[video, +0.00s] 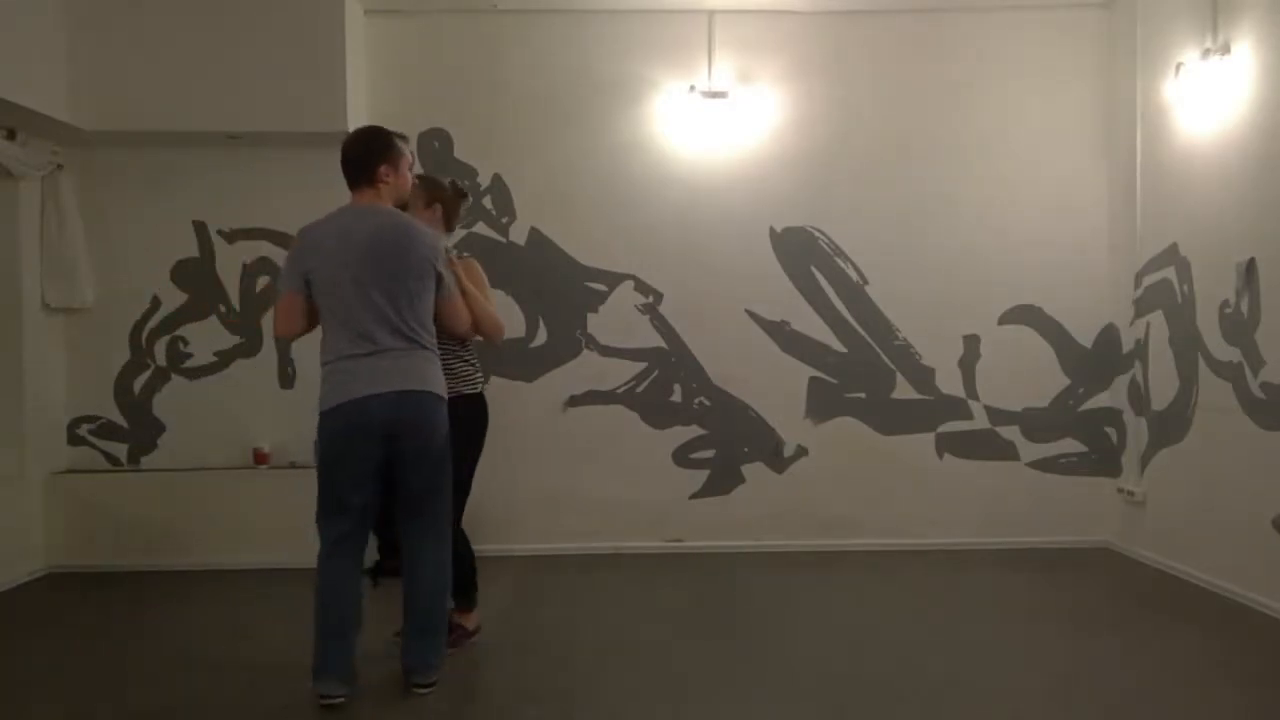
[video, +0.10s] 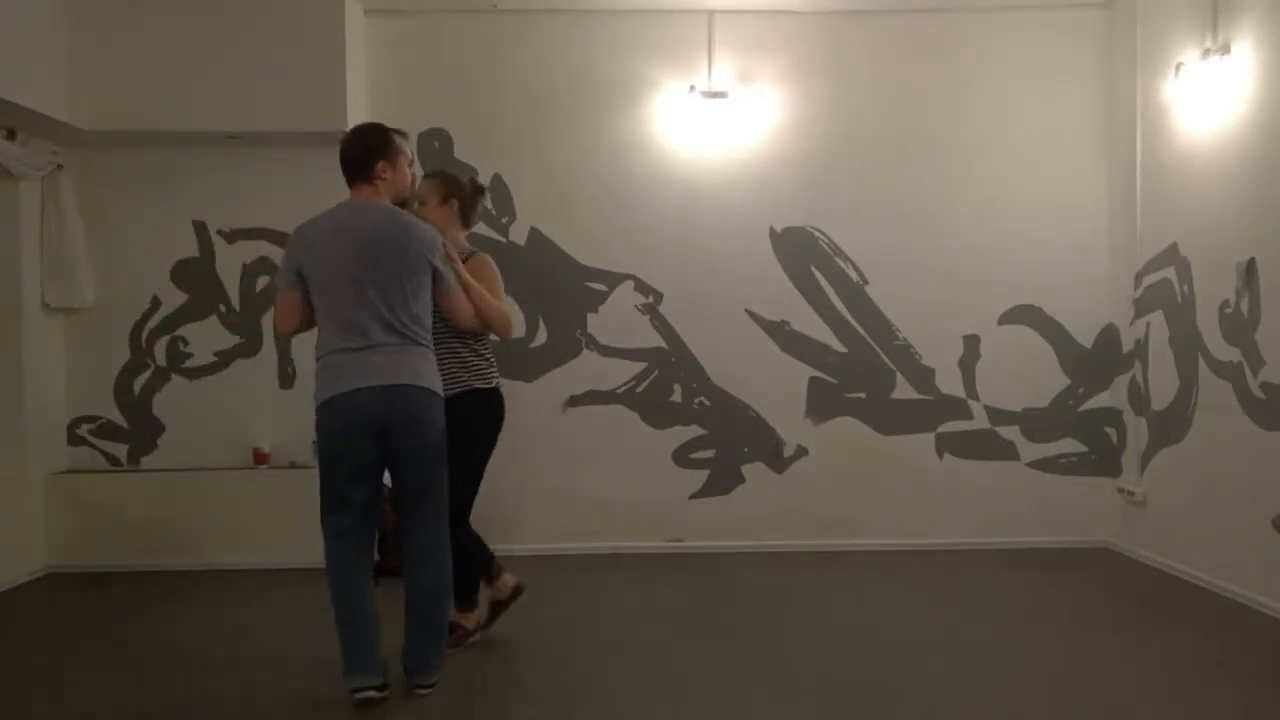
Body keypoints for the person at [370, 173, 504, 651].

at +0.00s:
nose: (406, 217)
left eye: (413, 209)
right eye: (407, 209)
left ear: (437, 213)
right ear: (426, 212)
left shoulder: (461, 265)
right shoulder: (400, 266)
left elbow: (494, 331)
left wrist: (456, 276)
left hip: (460, 401)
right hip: (417, 402)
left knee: (445, 514)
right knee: (417, 512)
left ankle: (464, 610)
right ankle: (425, 613)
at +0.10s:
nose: (415, 210)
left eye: (422, 202)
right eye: (416, 203)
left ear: (450, 207)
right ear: (442, 207)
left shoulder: (475, 261)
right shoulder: (420, 261)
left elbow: (503, 325)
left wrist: (458, 272)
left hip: (474, 396)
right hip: (435, 399)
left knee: (449, 510)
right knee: (441, 508)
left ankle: (463, 612)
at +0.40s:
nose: (455, 212)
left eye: (462, 204)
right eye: (456, 204)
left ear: (490, 209)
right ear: (479, 210)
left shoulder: (510, 261)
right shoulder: (471, 269)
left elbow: (524, 324)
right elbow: (452, 337)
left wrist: (464, 274)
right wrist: (409, 313)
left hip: (523, 401)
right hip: (503, 403)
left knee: (482, 509)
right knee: (506, 512)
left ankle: (524, 616)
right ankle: (557, 606)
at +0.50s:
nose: (461, 208)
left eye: (467, 199)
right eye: (461, 199)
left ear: (495, 203)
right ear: (488, 205)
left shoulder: (517, 257)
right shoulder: (490, 267)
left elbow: (529, 318)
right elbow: (471, 332)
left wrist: (466, 273)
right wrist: (417, 318)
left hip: (532, 398)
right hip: (512, 400)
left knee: (505, 510)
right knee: (489, 507)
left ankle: (567, 620)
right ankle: (548, 608)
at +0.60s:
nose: (465, 208)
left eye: (472, 199)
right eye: (467, 200)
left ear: (500, 205)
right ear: (495, 206)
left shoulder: (520, 257)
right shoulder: (497, 266)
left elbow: (525, 318)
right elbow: (484, 337)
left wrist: (467, 274)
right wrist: (428, 335)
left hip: (538, 402)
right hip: (521, 403)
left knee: (530, 519)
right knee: (472, 498)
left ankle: (574, 628)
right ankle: (523, 592)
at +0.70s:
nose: (468, 205)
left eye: (475, 197)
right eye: (470, 197)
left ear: (500, 203)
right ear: (504, 205)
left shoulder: (517, 252)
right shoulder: (504, 262)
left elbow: (511, 313)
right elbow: (500, 336)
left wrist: (456, 264)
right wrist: (442, 342)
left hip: (538, 399)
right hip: (526, 400)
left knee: (543, 520)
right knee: (472, 490)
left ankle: (575, 629)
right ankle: (501, 594)